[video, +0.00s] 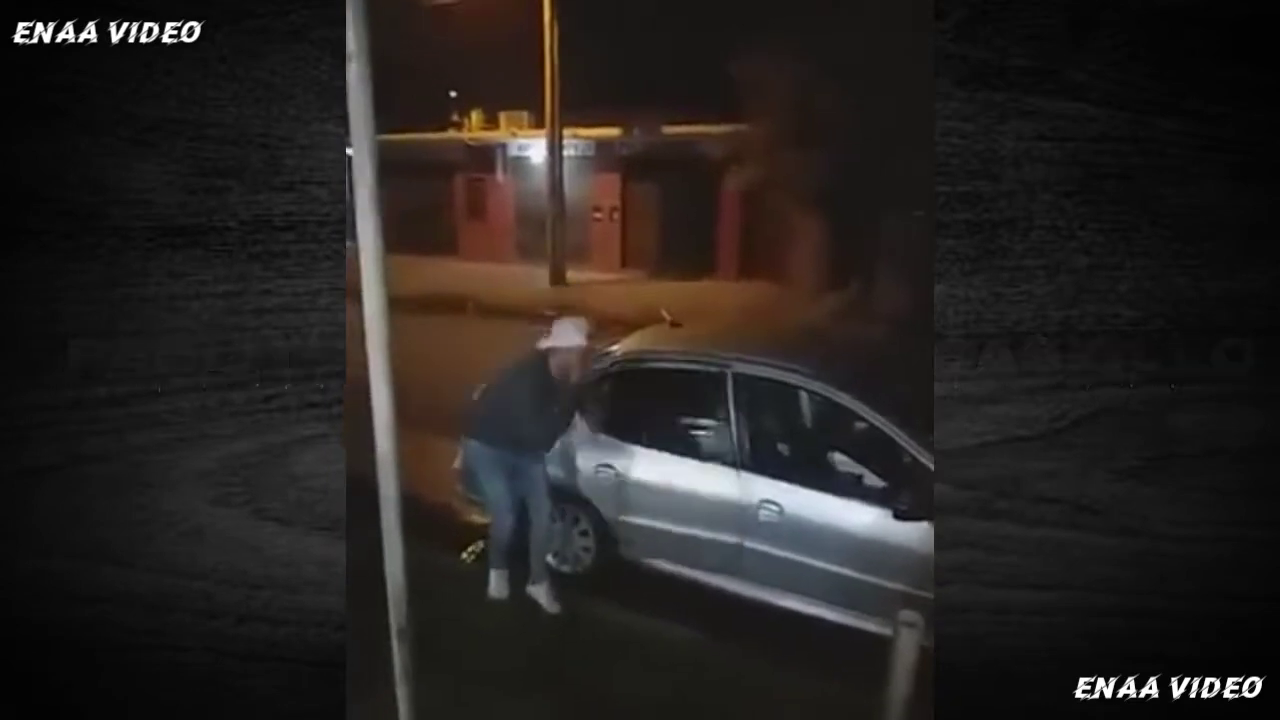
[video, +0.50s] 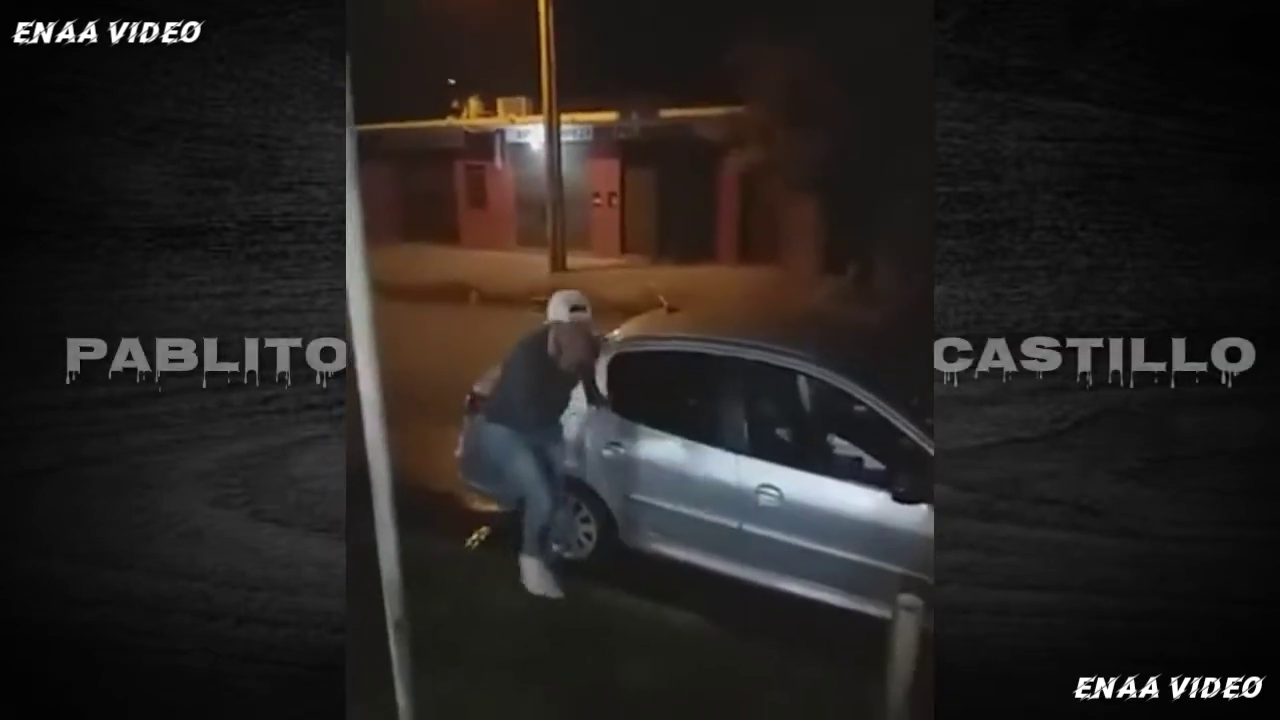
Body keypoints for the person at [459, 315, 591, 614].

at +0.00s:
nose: (574, 361)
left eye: (578, 355)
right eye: (571, 353)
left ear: (578, 355)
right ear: (556, 351)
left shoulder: (563, 382)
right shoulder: (526, 373)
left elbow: (558, 427)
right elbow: (534, 435)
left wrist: (578, 387)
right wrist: (567, 397)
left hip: (528, 452)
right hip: (488, 446)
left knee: (541, 515)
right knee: (504, 514)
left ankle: (537, 581)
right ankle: (498, 571)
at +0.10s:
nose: (572, 375)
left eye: (579, 369)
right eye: (570, 366)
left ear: (583, 371)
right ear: (560, 362)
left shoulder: (567, 396)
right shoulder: (526, 378)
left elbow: (542, 449)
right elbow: (537, 448)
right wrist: (568, 412)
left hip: (527, 453)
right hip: (487, 445)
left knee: (542, 515)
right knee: (508, 518)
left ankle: (537, 580)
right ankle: (499, 569)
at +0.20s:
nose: (593, 381)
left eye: (594, 374)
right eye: (588, 373)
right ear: (567, 369)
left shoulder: (572, 392)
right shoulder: (524, 380)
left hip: (530, 449)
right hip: (487, 442)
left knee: (542, 517)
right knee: (508, 519)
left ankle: (534, 582)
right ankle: (496, 568)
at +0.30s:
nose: (587, 370)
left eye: (588, 363)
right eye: (581, 363)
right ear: (560, 358)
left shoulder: (566, 381)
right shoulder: (521, 370)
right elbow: (527, 436)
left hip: (527, 445)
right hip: (487, 437)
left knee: (540, 513)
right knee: (514, 513)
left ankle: (532, 577)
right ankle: (496, 561)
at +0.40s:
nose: (579, 355)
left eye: (583, 348)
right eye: (573, 347)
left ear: (587, 346)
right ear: (553, 344)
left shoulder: (570, 364)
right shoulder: (521, 362)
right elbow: (516, 413)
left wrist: (586, 389)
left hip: (532, 437)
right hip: (491, 432)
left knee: (543, 507)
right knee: (522, 505)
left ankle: (531, 569)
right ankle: (504, 549)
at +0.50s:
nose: (580, 333)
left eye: (584, 325)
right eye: (572, 326)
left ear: (589, 324)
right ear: (555, 326)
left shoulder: (586, 347)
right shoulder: (530, 350)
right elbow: (521, 408)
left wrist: (596, 398)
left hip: (545, 428)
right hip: (503, 427)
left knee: (555, 492)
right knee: (538, 491)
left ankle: (544, 557)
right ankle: (531, 558)